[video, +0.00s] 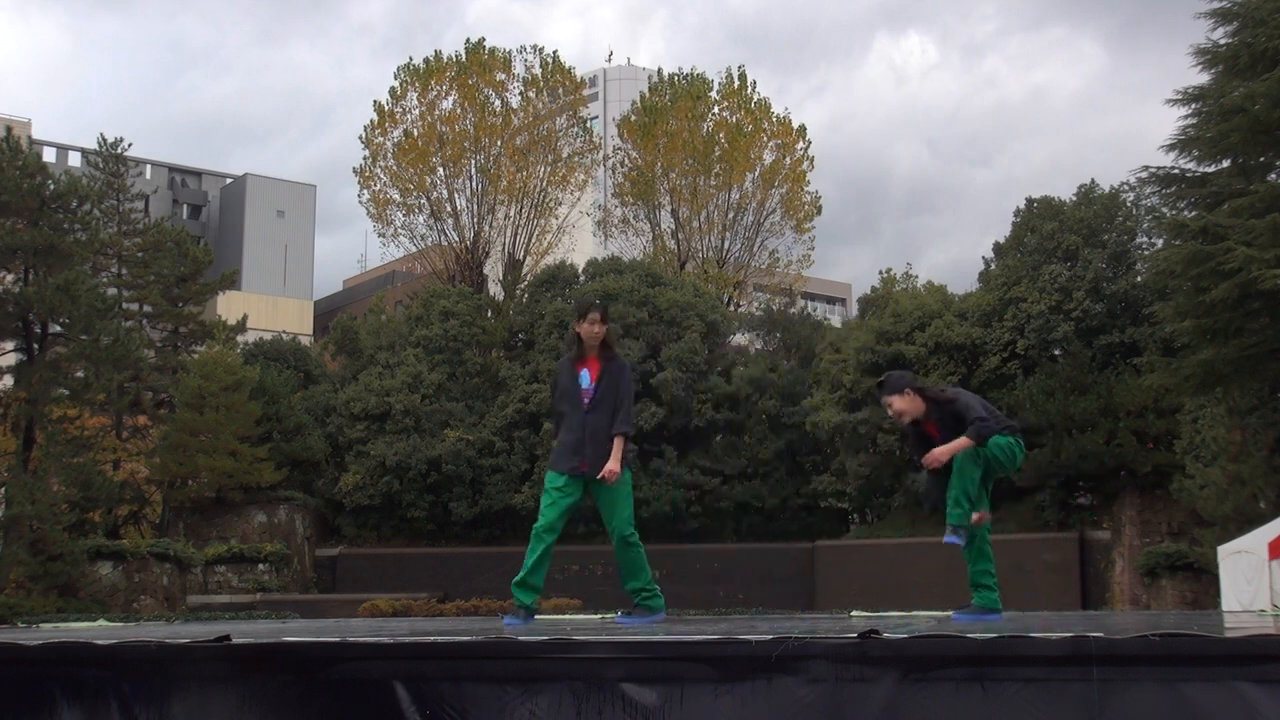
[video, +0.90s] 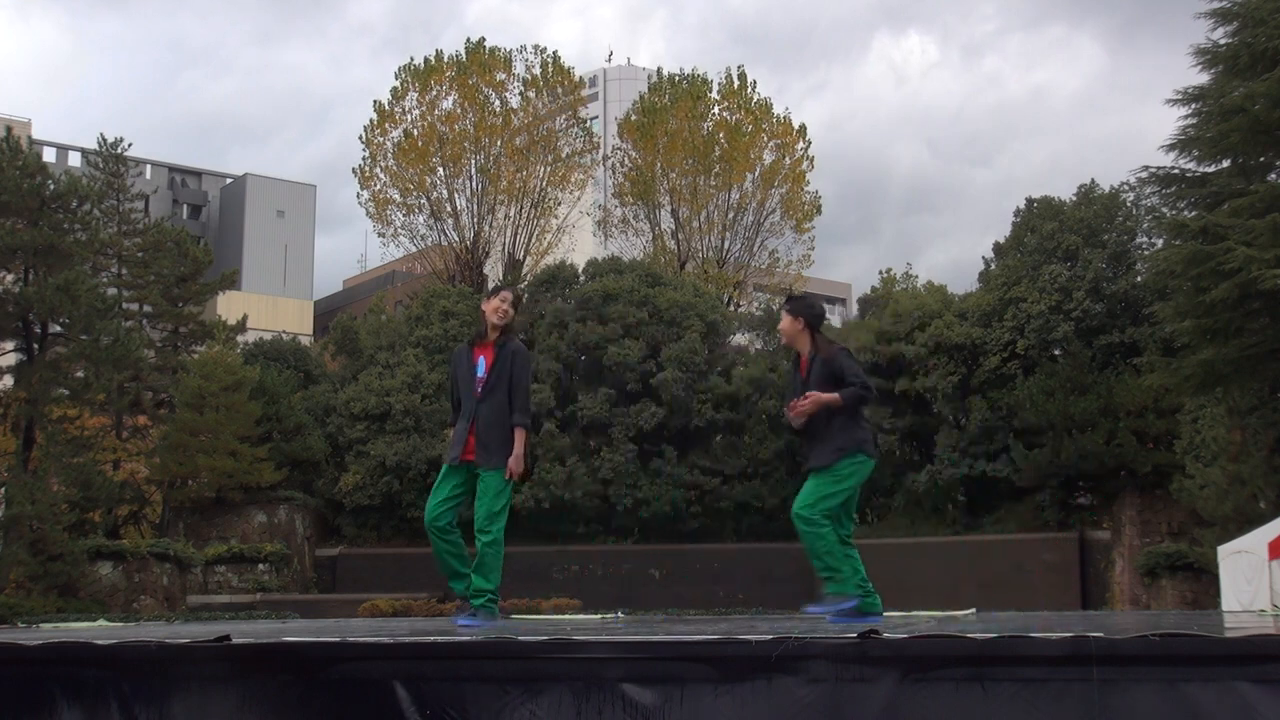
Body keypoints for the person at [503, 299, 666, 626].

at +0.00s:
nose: (596, 329)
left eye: (600, 323)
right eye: (589, 323)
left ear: (606, 328)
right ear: (577, 327)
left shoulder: (618, 367)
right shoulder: (564, 367)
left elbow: (624, 415)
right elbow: (558, 414)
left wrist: (615, 457)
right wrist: (563, 449)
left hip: (608, 463)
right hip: (566, 462)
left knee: (623, 533)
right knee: (544, 528)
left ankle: (649, 603)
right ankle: (523, 605)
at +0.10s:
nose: (583, 326)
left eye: (586, 321)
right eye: (576, 320)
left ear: (589, 327)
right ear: (559, 324)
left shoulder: (598, 368)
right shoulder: (538, 368)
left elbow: (607, 416)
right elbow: (529, 419)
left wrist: (609, 460)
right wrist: (524, 463)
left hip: (587, 466)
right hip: (544, 465)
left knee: (600, 534)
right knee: (529, 534)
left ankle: (640, 593)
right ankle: (524, 606)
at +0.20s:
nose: (567, 323)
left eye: (569, 318)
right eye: (561, 317)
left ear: (570, 323)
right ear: (542, 320)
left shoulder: (581, 363)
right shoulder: (521, 365)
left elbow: (591, 414)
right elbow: (508, 416)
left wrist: (592, 457)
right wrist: (509, 461)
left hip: (570, 462)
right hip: (529, 463)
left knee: (569, 521)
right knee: (524, 533)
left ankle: (612, 581)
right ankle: (522, 605)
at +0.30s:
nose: (553, 317)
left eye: (555, 312)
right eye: (546, 312)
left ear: (556, 318)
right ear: (529, 315)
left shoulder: (568, 359)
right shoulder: (508, 363)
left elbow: (578, 410)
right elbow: (499, 416)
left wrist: (578, 451)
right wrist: (501, 466)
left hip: (560, 458)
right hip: (519, 460)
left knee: (550, 516)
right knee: (520, 531)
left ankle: (569, 594)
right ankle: (522, 604)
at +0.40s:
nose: (541, 315)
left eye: (543, 310)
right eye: (534, 309)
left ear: (544, 316)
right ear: (516, 313)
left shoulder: (557, 358)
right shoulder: (496, 362)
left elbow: (568, 409)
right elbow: (488, 417)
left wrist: (570, 450)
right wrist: (493, 464)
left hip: (549, 457)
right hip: (509, 457)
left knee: (537, 524)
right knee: (511, 528)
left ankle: (528, 601)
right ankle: (515, 598)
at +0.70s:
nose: (519, 310)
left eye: (523, 307)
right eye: (513, 304)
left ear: (525, 316)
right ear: (495, 308)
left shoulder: (533, 358)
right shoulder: (476, 357)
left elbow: (541, 409)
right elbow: (467, 407)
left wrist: (537, 455)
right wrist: (467, 447)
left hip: (512, 455)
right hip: (477, 454)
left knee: (491, 524)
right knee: (480, 525)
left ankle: (484, 605)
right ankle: (517, 597)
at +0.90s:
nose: (504, 308)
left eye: (510, 306)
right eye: (500, 301)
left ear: (512, 316)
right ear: (484, 305)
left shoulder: (517, 353)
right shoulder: (461, 354)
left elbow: (521, 406)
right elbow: (457, 405)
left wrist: (518, 451)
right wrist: (455, 441)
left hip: (496, 455)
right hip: (462, 452)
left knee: (487, 530)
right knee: (437, 518)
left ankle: (486, 605)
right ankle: (468, 594)